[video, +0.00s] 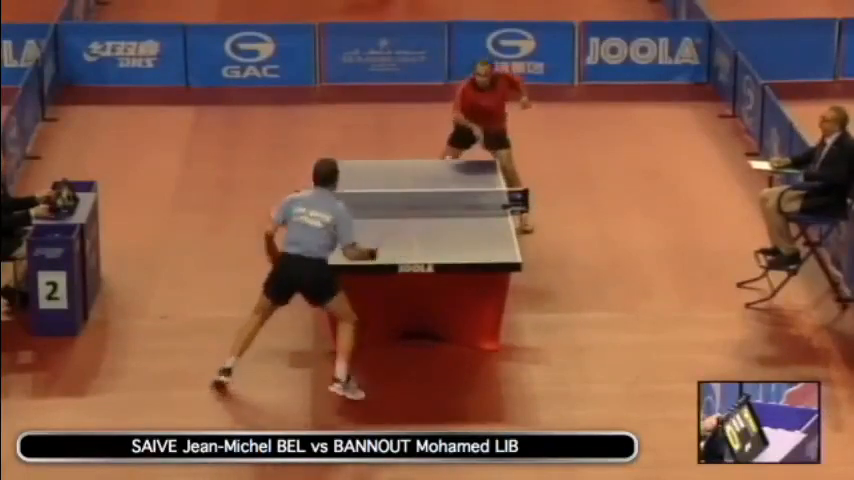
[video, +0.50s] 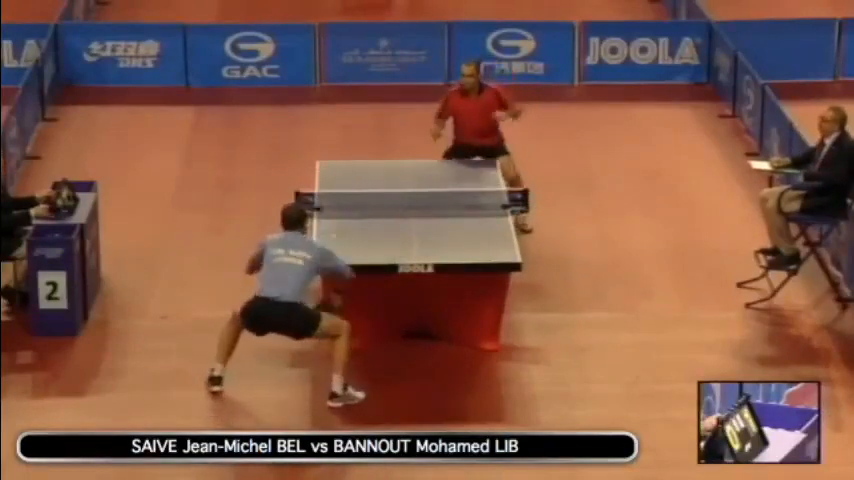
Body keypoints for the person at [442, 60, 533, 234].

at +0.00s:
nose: (481, 79)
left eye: (485, 76)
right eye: (479, 75)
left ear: (491, 74)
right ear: (474, 74)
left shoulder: (501, 81)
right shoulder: (466, 88)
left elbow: (517, 83)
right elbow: (456, 115)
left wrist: (524, 97)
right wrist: (473, 127)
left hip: (494, 128)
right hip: (469, 126)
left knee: (507, 167)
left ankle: (522, 214)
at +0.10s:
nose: (481, 74)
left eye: (485, 70)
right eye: (478, 70)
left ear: (492, 70)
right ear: (474, 69)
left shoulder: (503, 78)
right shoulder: (467, 84)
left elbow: (518, 90)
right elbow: (455, 111)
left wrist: (521, 102)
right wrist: (474, 124)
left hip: (497, 127)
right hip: (470, 126)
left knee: (507, 167)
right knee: (451, 161)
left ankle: (522, 214)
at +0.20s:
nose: (476, 71)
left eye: (479, 67)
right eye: (473, 67)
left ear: (488, 67)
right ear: (470, 67)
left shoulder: (503, 80)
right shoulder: (463, 84)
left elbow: (518, 96)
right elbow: (450, 111)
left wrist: (518, 108)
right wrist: (456, 127)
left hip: (496, 131)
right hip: (470, 130)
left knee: (507, 166)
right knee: (449, 160)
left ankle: (522, 213)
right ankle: (442, 203)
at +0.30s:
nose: (471, 71)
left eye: (475, 68)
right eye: (469, 67)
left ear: (483, 68)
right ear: (467, 68)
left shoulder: (498, 82)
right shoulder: (458, 86)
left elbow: (515, 97)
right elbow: (444, 110)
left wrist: (513, 114)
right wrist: (448, 130)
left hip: (493, 131)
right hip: (465, 130)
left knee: (507, 166)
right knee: (446, 163)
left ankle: (522, 211)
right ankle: (437, 206)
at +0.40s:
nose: (465, 78)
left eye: (469, 75)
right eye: (463, 74)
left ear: (478, 76)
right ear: (461, 74)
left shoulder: (492, 92)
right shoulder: (451, 94)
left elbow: (510, 111)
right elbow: (438, 116)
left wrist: (504, 127)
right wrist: (439, 133)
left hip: (488, 140)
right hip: (459, 140)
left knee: (508, 173)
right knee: (440, 173)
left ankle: (522, 214)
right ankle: (435, 217)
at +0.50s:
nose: (465, 80)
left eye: (470, 76)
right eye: (463, 76)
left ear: (478, 77)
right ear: (460, 76)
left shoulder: (492, 94)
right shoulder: (453, 96)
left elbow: (509, 108)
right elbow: (441, 116)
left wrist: (513, 113)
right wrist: (437, 128)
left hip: (492, 146)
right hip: (463, 146)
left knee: (513, 176)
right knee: (441, 173)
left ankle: (520, 217)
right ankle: (442, 217)